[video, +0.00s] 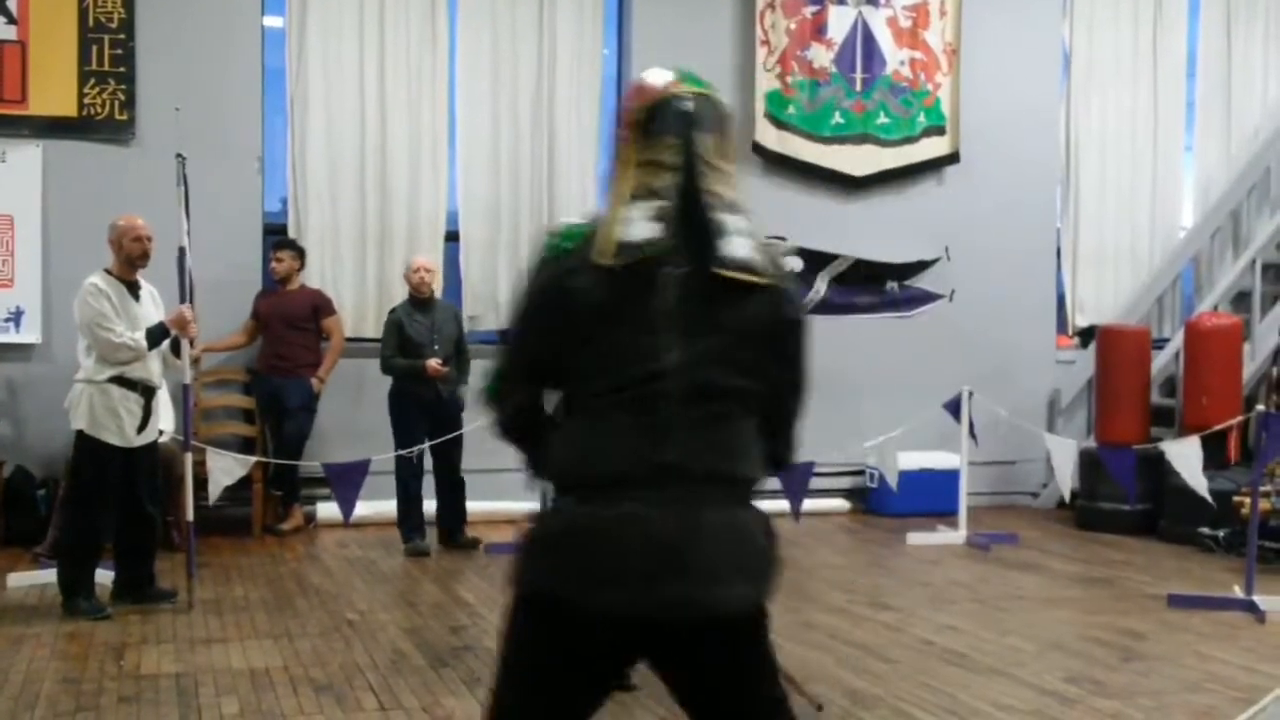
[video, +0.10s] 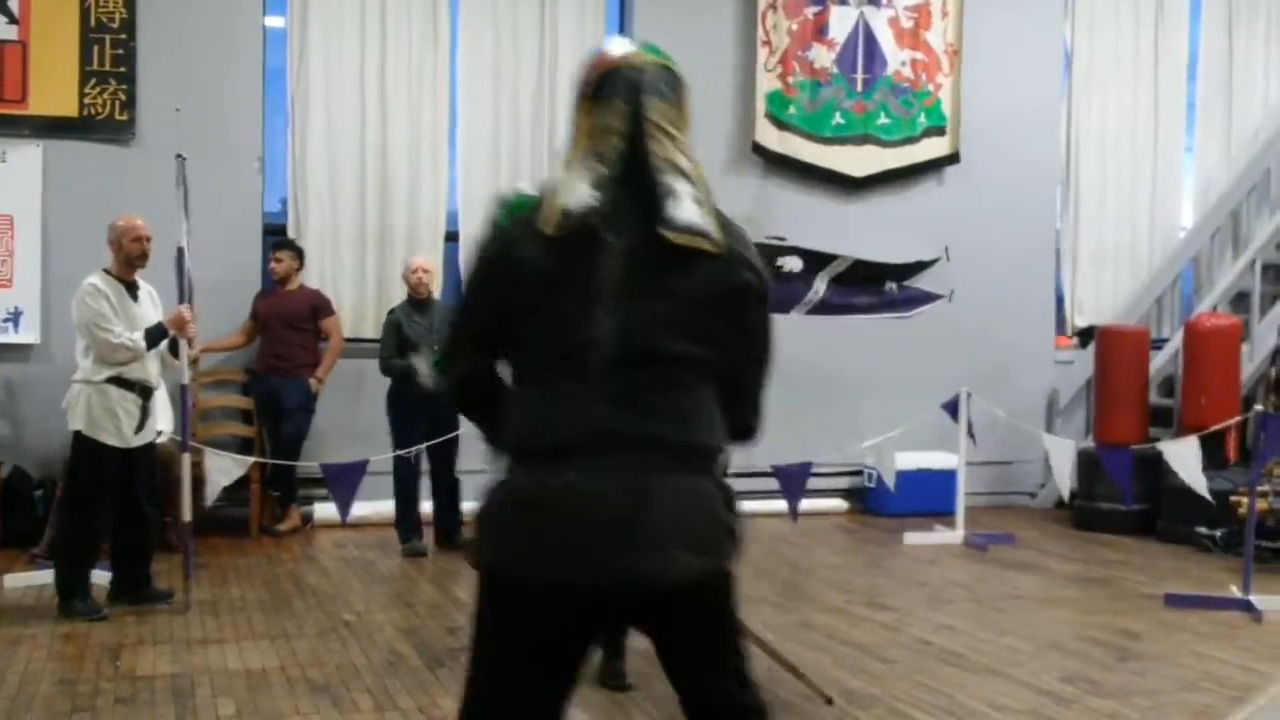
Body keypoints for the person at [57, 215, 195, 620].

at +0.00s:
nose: (147, 247)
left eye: (149, 240)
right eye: (138, 240)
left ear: (151, 246)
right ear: (115, 246)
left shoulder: (150, 293)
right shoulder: (94, 290)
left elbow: (168, 355)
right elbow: (115, 348)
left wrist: (183, 343)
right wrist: (168, 328)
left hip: (145, 410)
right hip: (104, 408)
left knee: (141, 501)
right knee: (91, 502)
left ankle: (135, 582)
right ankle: (77, 591)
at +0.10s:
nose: (146, 247)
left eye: (148, 241)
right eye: (137, 241)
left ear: (150, 246)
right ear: (114, 246)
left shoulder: (149, 294)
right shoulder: (93, 290)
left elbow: (167, 357)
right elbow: (113, 349)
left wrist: (181, 343)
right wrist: (167, 328)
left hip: (142, 410)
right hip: (102, 407)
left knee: (137, 501)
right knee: (88, 502)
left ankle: (132, 583)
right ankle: (73, 593)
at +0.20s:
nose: (123, 249)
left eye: (126, 242)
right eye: (115, 242)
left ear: (127, 247)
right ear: (93, 247)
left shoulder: (128, 296)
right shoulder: (71, 291)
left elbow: (146, 361)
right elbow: (91, 350)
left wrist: (161, 344)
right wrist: (146, 328)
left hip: (120, 415)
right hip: (79, 412)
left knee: (115, 503)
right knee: (65, 505)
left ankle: (111, 584)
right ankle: (51, 593)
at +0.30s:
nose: (122, 248)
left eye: (125, 241)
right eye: (113, 241)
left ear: (127, 246)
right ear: (92, 245)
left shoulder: (128, 293)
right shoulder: (70, 290)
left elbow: (146, 364)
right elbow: (89, 349)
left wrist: (159, 343)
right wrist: (143, 329)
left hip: (122, 410)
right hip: (80, 407)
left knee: (117, 502)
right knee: (66, 504)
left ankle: (114, 585)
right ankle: (53, 594)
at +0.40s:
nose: (120, 248)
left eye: (122, 241)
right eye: (111, 241)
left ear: (124, 246)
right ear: (89, 246)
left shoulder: (125, 294)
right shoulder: (68, 291)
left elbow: (142, 363)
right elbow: (87, 349)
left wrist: (158, 346)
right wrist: (142, 328)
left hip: (119, 415)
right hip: (77, 412)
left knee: (115, 505)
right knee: (64, 506)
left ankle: (111, 586)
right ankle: (51, 595)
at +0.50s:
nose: (116, 249)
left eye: (118, 242)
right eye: (107, 242)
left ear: (120, 247)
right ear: (85, 247)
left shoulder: (122, 294)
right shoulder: (64, 291)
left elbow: (139, 363)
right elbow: (83, 350)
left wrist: (154, 345)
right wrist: (138, 329)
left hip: (116, 415)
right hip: (73, 413)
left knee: (112, 505)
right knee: (60, 506)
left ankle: (107, 585)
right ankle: (48, 593)